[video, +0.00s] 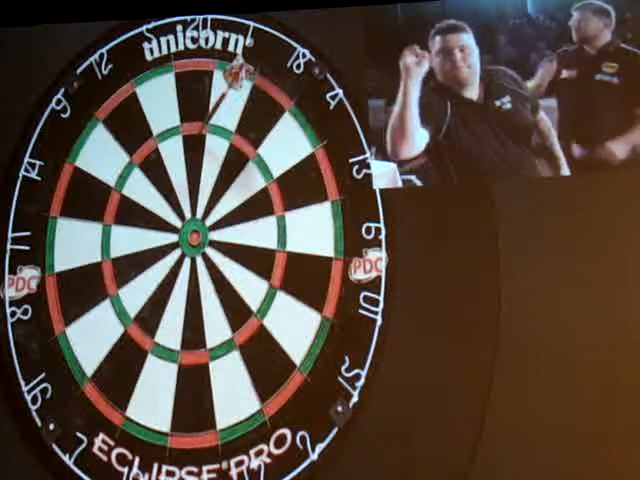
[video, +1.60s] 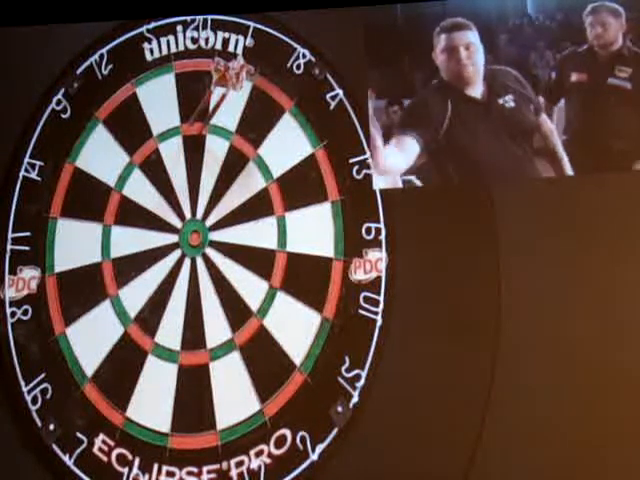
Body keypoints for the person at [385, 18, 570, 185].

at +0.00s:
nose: (457, 59)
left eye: (463, 49)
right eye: (446, 54)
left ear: (477, 53)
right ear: (432, 62)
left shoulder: (503, 80)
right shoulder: (433, 101)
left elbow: (539, 122)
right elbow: (401, 152)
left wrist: (563, 171)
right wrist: (410, 80)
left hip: (534, 195)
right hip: (476, 207)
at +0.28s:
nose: (458, 62)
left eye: (464, 51)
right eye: (446, 55)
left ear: (476, 54)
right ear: (431, 63)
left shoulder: (500, 80)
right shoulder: (433, 102)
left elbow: (539, 126)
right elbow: (403, 160)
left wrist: (563, 174)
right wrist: (412, 85)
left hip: (538, 197)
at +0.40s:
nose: (459, 62)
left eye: (465, 51)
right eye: (446, 55)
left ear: (478, 54)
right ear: (432, 65)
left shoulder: (502, 81)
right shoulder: (435, 103)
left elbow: (539, 125)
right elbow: (401, 127)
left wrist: (563, 172)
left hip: (532, 202)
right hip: (473, 212)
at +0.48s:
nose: (461, 62)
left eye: (467, 51)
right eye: (448, 56)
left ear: (480, 54)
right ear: (433, 65)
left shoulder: (503, 81)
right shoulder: (434, 104)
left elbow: (540, 128)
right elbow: (404, 142)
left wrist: (564, 172)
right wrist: (385, 169)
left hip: (531, 201)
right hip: (471, 211)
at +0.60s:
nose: (463, 61)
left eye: (468, 50)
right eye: (450, 55)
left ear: (480, 53)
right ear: (434, 65)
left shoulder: (503, 82)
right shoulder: (433, 109)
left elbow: (538, 134)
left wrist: (566, 179)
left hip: (529, 204)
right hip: (467, 213)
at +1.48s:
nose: (463, 57)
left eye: (470, 48)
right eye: (451, 51)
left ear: (483, 51)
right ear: (436, 59)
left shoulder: (507, 81)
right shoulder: (430, 107)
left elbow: (545, 131)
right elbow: (404, 173)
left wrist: (567, 180)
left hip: (530, 203)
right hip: (468, 215)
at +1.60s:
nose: (462, 57)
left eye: (469, 48)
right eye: (451, 51)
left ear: (482, 52)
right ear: (437, 59)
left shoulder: (508, 81)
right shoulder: (433, 103)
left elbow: (545, 130)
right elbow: (408, 147)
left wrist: (569, 177)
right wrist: (384, 160)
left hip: (529, 201)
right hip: (470, 213)